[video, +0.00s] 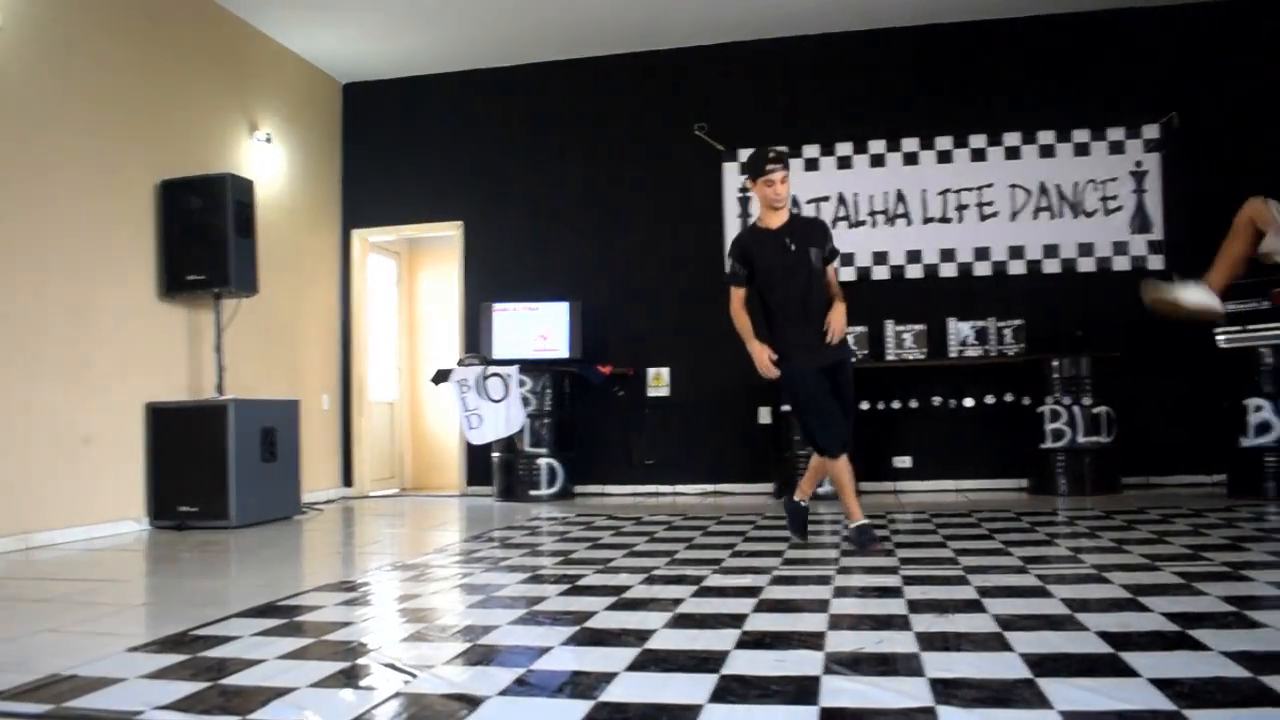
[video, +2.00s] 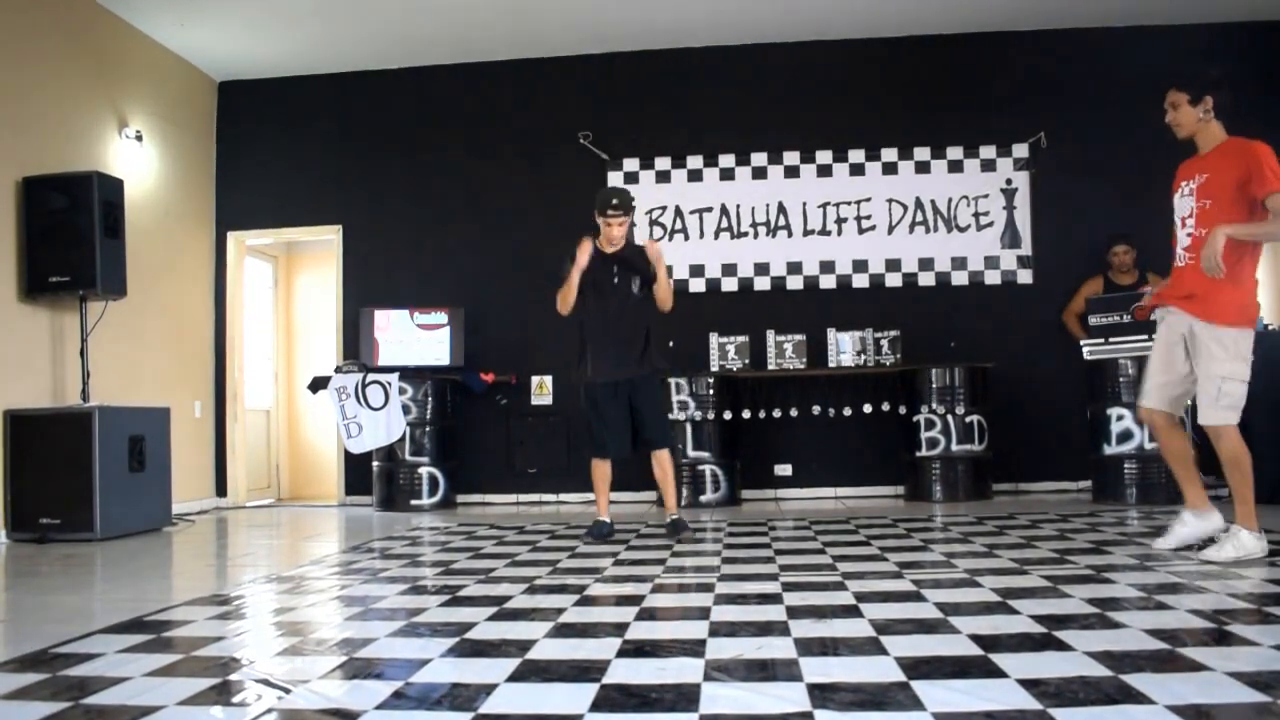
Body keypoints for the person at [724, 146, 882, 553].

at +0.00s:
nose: (779, 187)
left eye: (783, 180)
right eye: (770, 182)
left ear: (790, 183)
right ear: (753, 188)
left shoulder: (815, 229)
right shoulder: (745, 245)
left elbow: (831, 281)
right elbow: (737, 305)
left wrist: (839, 306)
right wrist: (753, 345)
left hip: (830, 345)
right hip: (790, 353)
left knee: (837, 432)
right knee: (831, 434)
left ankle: (800, 497)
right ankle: (858, 521)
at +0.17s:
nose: (755, 168)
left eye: (761, 160)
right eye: (746, 162)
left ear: (772, 165)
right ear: (735, 170)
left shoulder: (799, 211)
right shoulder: (727, 226)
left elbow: (816, 263)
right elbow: (722, 285)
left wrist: (814, 289)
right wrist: (741, 327)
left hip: (809, 334)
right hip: (768, 340)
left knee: (827, 426)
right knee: (791, 430)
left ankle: (815, 497)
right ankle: (812, 517)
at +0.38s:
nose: (724, 152)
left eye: (731, 144)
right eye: (716, 146)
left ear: (746, 149)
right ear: (708, 155)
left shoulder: (774, 200)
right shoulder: (698, 212)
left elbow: (790, 255)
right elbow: (695, 270)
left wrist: (778, 279)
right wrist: (701, 313)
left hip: (777, 328)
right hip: (729, 331)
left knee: (788, 418)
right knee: (739, 423)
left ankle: (806, 513)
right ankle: (752, 510)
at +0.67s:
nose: (690, 154)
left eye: (698, 146)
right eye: (684, 148)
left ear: (715, 153)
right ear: (677, 157)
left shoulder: (741, 205)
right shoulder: (665, 214)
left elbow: (756, 261)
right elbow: (662, 271)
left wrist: (743, 295)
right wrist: (662, 311)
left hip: (731, 333)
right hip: (683, 335)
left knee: (749, 421)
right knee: (678, 423)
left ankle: (776, 513)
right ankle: (695, 512)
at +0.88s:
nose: (665, 171)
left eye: (672, 164)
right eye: (658, 165)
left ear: (686, 169)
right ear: (650, 172)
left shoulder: (708, 223)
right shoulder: (636, 227)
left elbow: (717, 276)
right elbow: (621, 284)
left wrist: (713, 313)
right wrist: (628, 328)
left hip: (699, 342)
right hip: (650, 343)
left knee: (715, 428)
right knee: (643, 431)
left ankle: (726, 515)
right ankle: (640, 519)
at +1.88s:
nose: (621, 217)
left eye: (627, 210)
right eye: (614, 210)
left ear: (637, 213)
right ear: (605, 212)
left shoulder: (654, 259)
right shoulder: (587, 260)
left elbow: (667, 305)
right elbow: (574, 309)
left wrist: (666, 319)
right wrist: (590, 322)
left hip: (649, 364)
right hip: (606, 366)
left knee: (666, 440)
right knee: (602, 443)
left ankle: (680, 518)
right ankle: (602, 518)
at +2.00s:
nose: (615, 232)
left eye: (621, 224)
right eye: (609, 224)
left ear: (630, 223)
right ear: (597, 222)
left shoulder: (643, 256)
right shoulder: (584, 258)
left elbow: (665, 304)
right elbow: (563, 308)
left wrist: (658, 263)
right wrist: (579, 267)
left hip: (644, 367)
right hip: (600, 370)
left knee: (658, 441)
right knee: (601, 445)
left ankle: (673, 515)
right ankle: (603, 518)